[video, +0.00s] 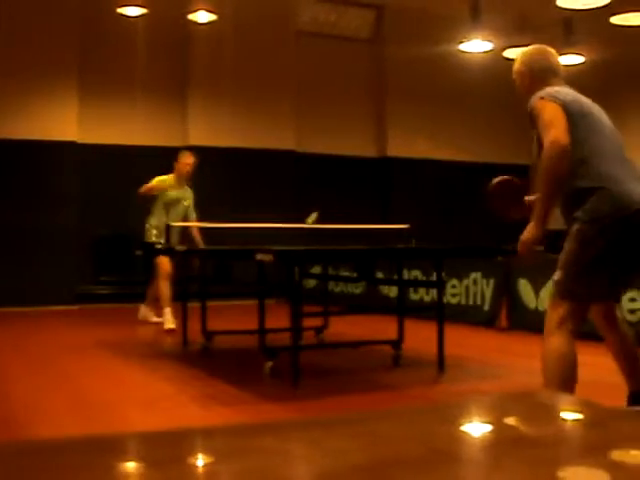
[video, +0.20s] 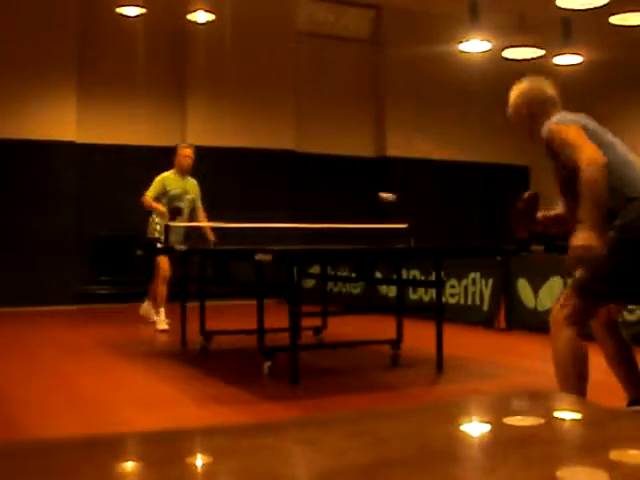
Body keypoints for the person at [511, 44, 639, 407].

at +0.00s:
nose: (515, 85)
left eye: (515, 77)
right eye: (514, 77)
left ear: (524, 76)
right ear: (557, 73)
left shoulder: (544, 99)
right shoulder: (581, 102)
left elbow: (558, 143)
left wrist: (538, 221)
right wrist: (538, 201)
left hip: (603, 210)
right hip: (631, 207)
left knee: (561, 317)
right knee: (604, 309)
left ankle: (557, 415)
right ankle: (637, 390)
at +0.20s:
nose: (514, 122)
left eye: (514, 114)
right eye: (513, 114)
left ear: (526, 110)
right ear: (551, 102)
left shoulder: (557, 126)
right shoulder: (576, 124)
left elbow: (593, 160)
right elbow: (577, 212)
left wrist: (587, 228)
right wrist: (537, 220)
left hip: (627, 225)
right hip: (633, 224)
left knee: (565, 316)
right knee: (603, 319)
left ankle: (571, 414)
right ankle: (636, 397)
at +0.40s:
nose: (511, 184)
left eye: (511, 175)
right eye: (509, 177)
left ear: (526, 168)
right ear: (543, 160)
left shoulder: (557, 179)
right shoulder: (560, 184)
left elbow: (602, 202)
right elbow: (572, 246)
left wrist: (616, 275)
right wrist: (522, 265)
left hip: (631, 260)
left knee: (562, 320)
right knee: (599, 326)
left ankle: (571, 415)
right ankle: (635, 399)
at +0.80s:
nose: (514, 122)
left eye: (515, 113)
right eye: (514, 113)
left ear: (526, 113)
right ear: (556, 107)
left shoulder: (550, 133)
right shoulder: (573, 130)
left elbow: (587, 166)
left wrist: (607, 241)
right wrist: (579, 256)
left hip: (629, 235)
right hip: (638, 234)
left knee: (554, 319)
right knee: (603, 318)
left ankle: (568, 416)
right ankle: (635, 397)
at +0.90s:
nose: (516, 101)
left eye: (517, 92)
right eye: (516, 92)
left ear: (526, 93)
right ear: (560, 89)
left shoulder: (546, 115)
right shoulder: (576, 117)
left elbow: (568, 157)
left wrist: (580, 231)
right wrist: (547, 238)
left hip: (616, 227)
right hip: (635, 225)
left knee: (548, 315)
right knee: (603, 316)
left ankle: (565, 410)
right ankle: (633, 397)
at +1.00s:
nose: (516, 81)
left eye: (518, 73)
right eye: (516, 73)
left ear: (525, 75)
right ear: (562, 76)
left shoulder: (541, 101)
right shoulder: (581, 107)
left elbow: (547, 144)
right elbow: (602, 177)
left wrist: (532, 214)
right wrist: (559, 216)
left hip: (604, 219)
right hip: (631, 214)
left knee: (543, 314)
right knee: (602, 311)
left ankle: (561, 414)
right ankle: (632, 401)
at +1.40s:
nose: (533, 51)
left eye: (535, 45)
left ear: (539, 47)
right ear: (579, 51)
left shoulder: (541, 74)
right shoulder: (601, 90)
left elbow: (541, 106)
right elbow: (612, 155)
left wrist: (526, 177)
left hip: (562, 211)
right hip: (614, 213)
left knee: (498, 311)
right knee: (616, 327)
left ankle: (512, 407)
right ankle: (635, 414)